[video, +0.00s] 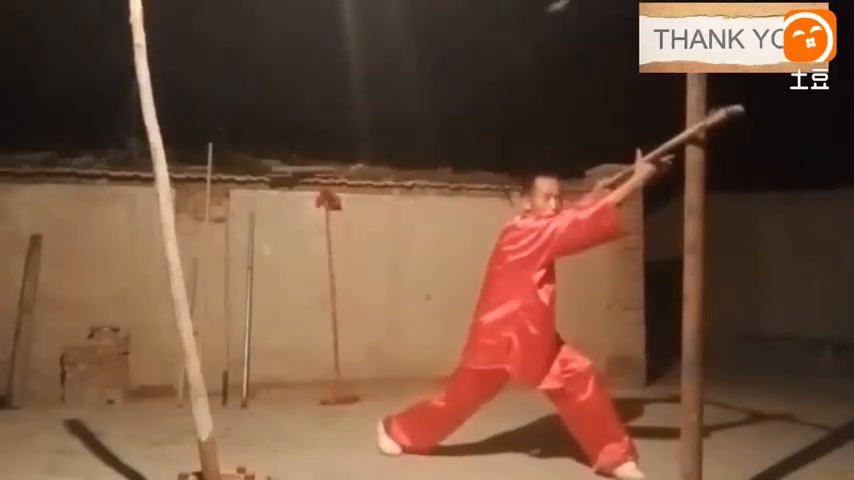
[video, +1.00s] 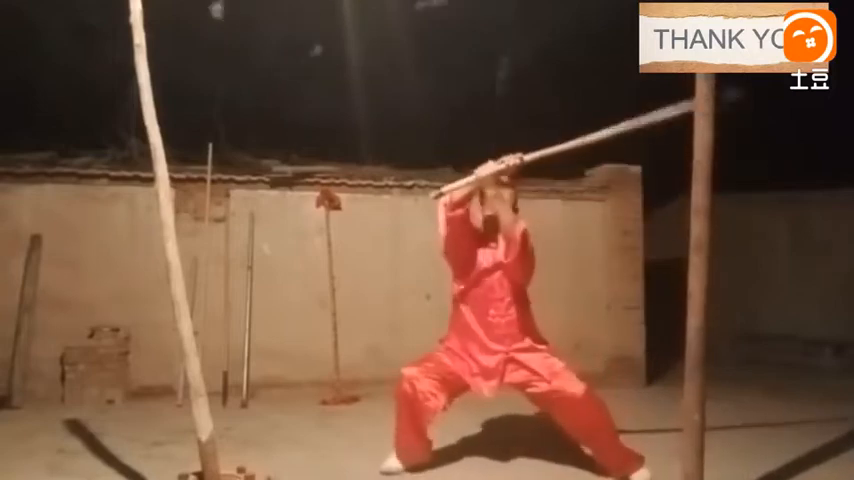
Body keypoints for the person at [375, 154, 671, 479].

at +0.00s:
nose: (554, 204)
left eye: (557, 196)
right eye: (547, 196)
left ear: (559, 196)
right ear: (526, 197)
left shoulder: (537, 228)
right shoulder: (523, 232)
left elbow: (583, 209)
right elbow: (584, 219)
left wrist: (626, 179)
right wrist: (637, 180)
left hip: (527, 334)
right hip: (500, 336)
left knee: (579, 378)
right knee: (460, 399)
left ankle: (614, 457)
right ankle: (397, 431)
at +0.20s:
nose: (559, 200)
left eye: (561, 192)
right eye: (551, 192)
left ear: (562, 192)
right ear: (530, 193)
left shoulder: (538, 224)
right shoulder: (523, 226)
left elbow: (584, 210)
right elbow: (579, 215)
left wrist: (630, 179)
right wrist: (632, 180)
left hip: (531, 328)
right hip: (502, 329)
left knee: (580, 377)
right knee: (463, 395)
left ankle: (615, 455)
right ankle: (400, 429)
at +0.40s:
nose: (564, 183)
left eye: (570, 176)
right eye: (557, 173)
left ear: (575, 179)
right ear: (538, 174)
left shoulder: (559, 217)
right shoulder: (525, 204)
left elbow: (582, 258)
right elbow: (570, 221)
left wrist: (619, 276)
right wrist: (616, 215)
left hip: (541, 327)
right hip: (493, 322)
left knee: (585, 373)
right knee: (451, 380)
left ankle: (611, 458)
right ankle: (404, 429)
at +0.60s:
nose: (547, 200)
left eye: (553, 195)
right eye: (541, 192)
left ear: (559, 202)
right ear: (528, 196)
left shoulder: (558, 247)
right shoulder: (507, 234)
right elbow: (498, 203)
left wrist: (570, 346)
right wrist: (529, 192)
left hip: (544, 346)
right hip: (493, 343)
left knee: (596, 383)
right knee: (441, 392)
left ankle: (623, 462)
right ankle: (416, 451)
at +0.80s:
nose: (496, 206)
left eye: (505, 198)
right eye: (491, 198)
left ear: (519, 204)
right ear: (479, 207)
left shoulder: (524, 244)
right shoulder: (473, 245)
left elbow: (523, 222)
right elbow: (466, 197)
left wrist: (506, 177)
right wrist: (503, 166)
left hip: (523, 352)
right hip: (470, 350)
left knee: (579, 395)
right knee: (419, 387)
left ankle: (627, 465)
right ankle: (414, 455)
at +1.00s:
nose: (490, 205)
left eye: (498, 196)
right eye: (484, 198)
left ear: (511, 199)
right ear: (472, 205)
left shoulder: (516, 238)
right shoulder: (463, 247)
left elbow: (522, 274)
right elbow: (448, 205)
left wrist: (506, 212)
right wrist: (483, 176)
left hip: (520, 351)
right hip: (464, 350)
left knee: (576, 395)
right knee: (412, 384)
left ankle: (624, 465)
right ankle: (410, 455)